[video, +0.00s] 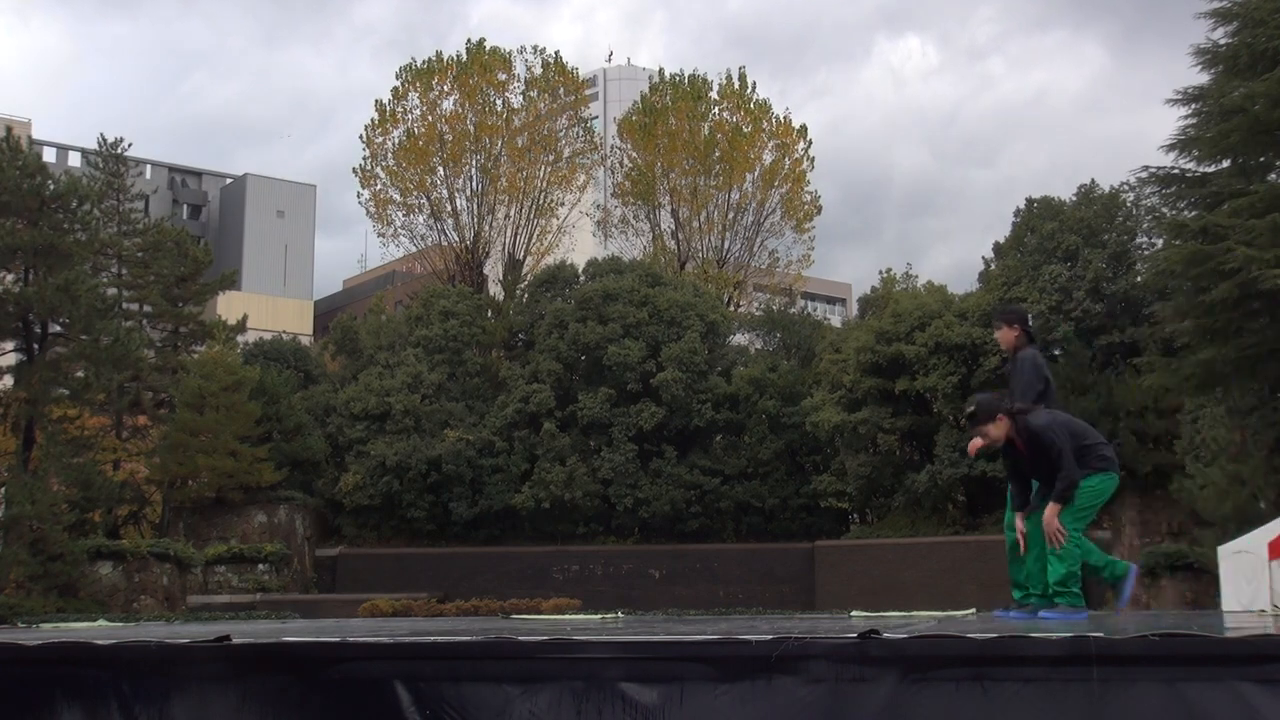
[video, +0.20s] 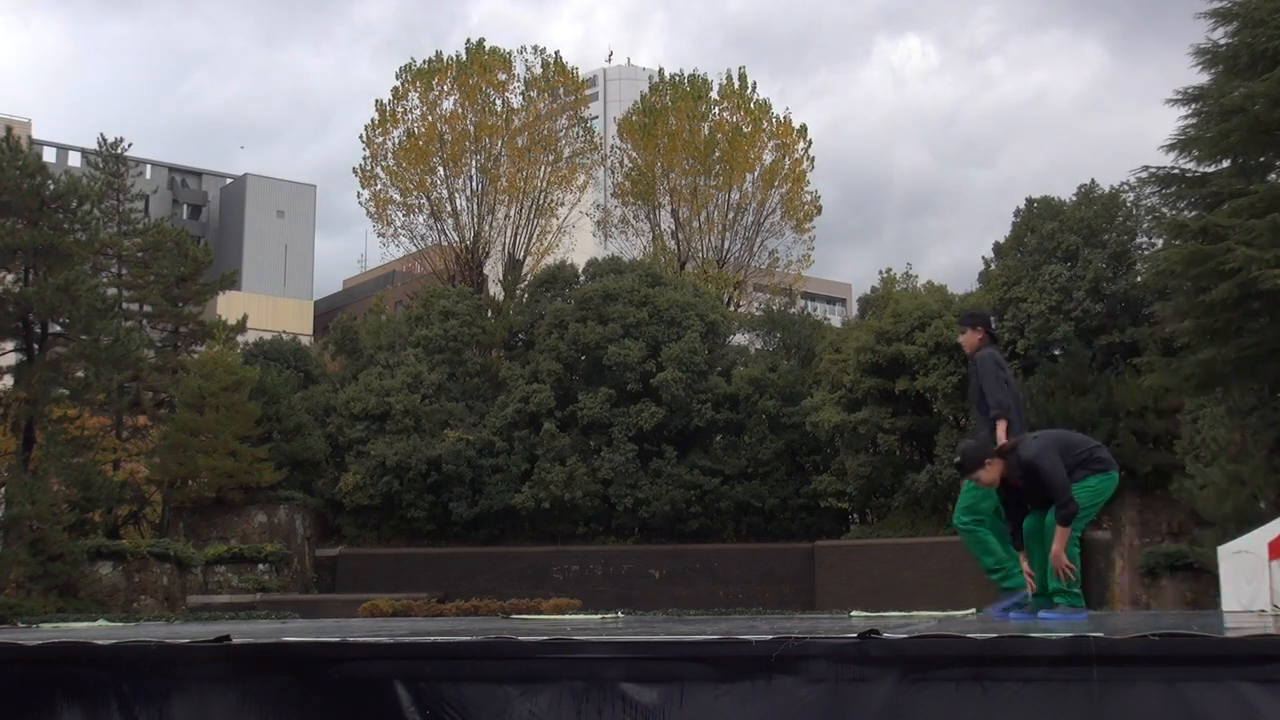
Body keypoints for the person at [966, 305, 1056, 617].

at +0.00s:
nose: (997, 336)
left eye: (1000, 330)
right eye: (996, 330)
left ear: (1017, 331)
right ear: (1016, 332)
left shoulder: (1028, 360)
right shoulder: (1018, 360)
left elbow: (1022, 410)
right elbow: (1016, 407)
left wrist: (988, 436)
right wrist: (988, 437)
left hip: (1034, 457)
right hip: (1021, 452)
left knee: (1017, 522)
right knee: (1015, 522)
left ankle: (1029, 595)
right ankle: (1027, 594)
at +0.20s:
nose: (960, 339)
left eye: (964, 333)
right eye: (960, 333)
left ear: (979, 333)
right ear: (980, 334)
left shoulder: (984, 358)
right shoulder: (991, 358)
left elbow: (999, 401)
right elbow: (1003, 403)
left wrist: (1001, 441)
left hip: (991, 453)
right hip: (1001, 450)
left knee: (966, 518)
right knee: (995, 518)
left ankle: (1012, 585)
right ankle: (1022, 585)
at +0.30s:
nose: (940, 341)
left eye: (944, 335)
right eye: (940, 336)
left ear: (961, 334)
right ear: (961, 335)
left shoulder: (966, 357)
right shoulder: (967, 361)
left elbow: (988, 394)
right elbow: (969, 423)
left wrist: (1007, 426)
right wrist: (932, 450)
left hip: (972, 455)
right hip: (987, 453)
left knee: (946, 519)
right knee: (995, 525)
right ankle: (1026, 594)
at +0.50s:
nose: (900, 345)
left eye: (903, 339)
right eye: (900, 339)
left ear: (921, 338)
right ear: (920, 339)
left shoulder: (927, 364)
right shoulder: (924, 369)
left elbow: (957, 394)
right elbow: (921, 428)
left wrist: (986, 425)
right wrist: (881, 449)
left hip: (929, 462)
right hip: (946, 463)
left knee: (905, 529)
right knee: (958, 532)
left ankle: (908, 604)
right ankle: (1010, 585)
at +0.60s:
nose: (882, 344)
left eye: (886, 337)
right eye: (882, 338)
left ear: (903, 336)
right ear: (900, 338)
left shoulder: (913, 361)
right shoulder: (904, 368)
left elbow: (938, 397)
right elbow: (913, 429)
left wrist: (958, 429)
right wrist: (892, 469)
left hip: (921, 461)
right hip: (915, 462)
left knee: (896, 529)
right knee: (910, 525)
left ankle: (909, 604)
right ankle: (976, 545)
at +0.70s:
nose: (868, 342)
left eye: (872, 335)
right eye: (867, 336)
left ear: (889, 335)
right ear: (884, 337)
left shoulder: (903, 359)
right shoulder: (889, 365)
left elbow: (927, 394)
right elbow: (901, 411)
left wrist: (938, 430)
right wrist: (891, 447)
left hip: (915, 459)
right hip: (893, 460)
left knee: (898, 530)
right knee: (867, 507)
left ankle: (909, 603)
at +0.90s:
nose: (847, 339)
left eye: (851, 333)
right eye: (847, 334)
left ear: (869, 332)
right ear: (864, 333)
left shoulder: (889, 354)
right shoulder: (870, 364)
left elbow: (920, 387)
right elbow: (881, 410)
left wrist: (933, 417)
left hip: (899, 455)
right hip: (869, 455)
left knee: (894, 531)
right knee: (831, 497)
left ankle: (909, 603)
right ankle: (892, 483)